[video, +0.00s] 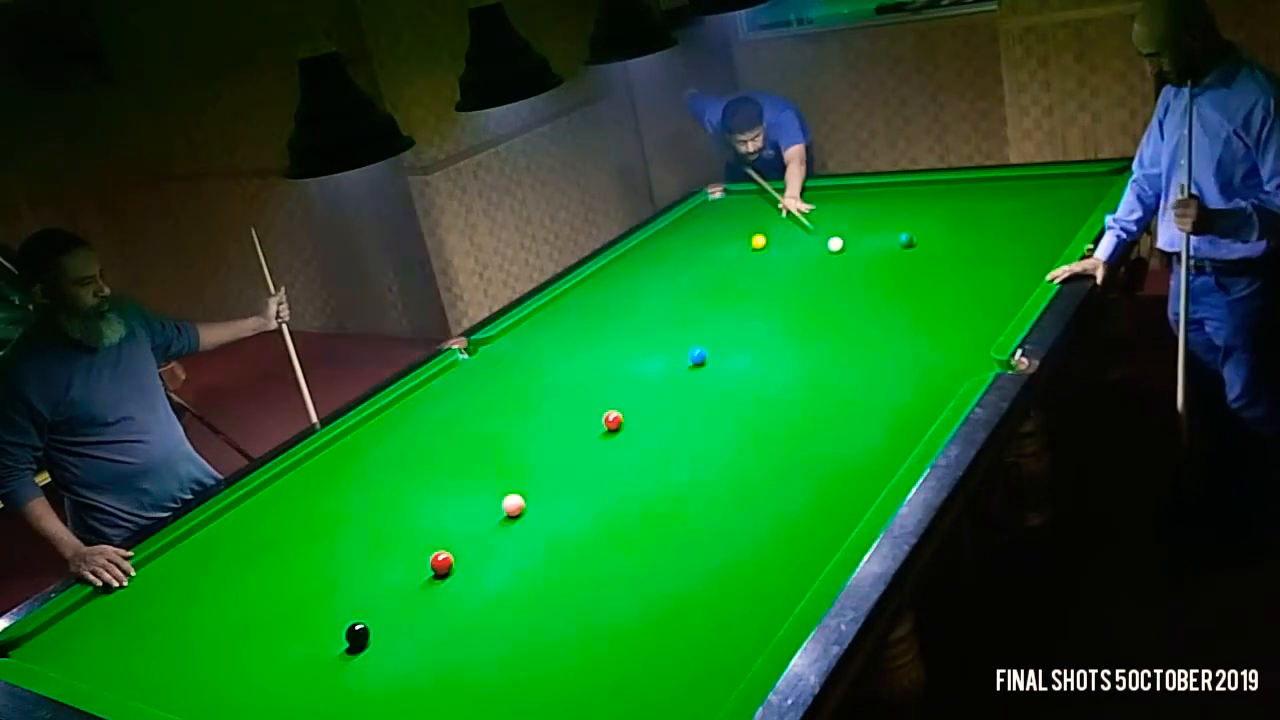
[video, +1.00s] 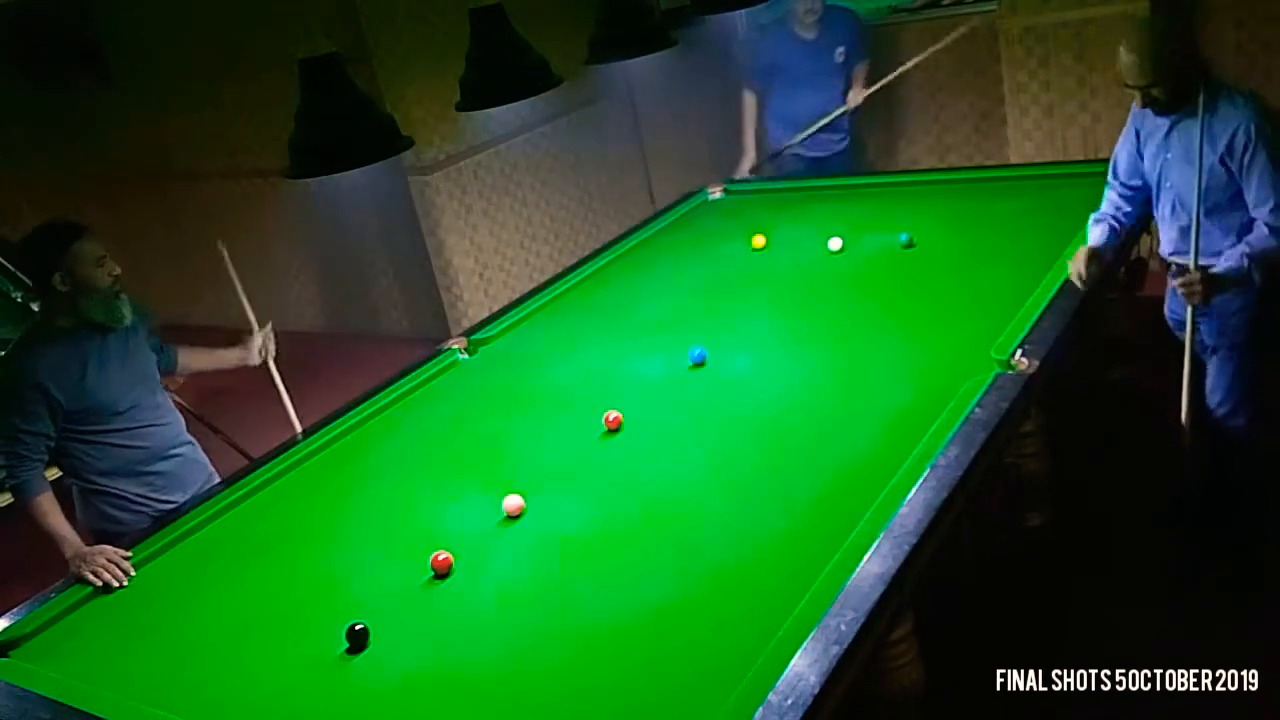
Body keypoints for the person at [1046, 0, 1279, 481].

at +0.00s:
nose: (1152, 69)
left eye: (1158, 55)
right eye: (1145, 57)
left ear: (1193, 39)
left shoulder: (1260, 99)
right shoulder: (1173, 97)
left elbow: (1277, 210)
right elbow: (1145, 180)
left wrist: (1214, 219)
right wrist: (1104, 253)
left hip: (1243, 284)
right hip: (1185, 278)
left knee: (1248, 409)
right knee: (1199, 407)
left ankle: (1257, 523)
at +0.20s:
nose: (1146, 62)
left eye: (1153, 50)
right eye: (1141, 51)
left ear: (1190, 40)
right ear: (1185, 43)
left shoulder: (1258, 102)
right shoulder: (1171, 98)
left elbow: (1277, 211)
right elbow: (1144, 182)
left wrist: (1216, 221)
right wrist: (1104, 254)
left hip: (1242, 287)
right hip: (1185, 283)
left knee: (1247, 410)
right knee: (1195, 408)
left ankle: (1256, 527)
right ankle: (1204, 520)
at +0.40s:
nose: (1139, 60)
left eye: (1147, 49)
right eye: (1136, 49)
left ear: (1185, 41)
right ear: (1173, 44)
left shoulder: (1256, 101)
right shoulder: (1169, 98)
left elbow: (1276, 209)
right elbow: (1144, 182)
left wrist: (1216, 222)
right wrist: (1104, 254)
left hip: (1242, 286)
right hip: (1185, 282)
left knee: (1247, 410)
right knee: (1196, 408)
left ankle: (1256, 527)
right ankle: (1203, 520)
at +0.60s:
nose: (1133, 62)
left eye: (1140, 50)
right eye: (1130, 50)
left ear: (1178, 43)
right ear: (1170, 47)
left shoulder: (1253, 102)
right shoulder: (1164, 101)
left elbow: (1276, 208)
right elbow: (1140, 185)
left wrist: (1212, 230)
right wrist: (1104, 254)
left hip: (1241, 292)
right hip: (1185, 288)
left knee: (1246, 413)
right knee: (1196, 412)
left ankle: (1254, 530)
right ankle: (1203, 522)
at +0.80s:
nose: (1133, 78)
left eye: (1141, 65)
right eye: (1126, 65)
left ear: (1180, 47)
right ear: (1124, 56)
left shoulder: (1246, 107)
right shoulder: (1154, 107)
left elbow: (1276, 214)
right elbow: (1136, 192)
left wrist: (1218, 257)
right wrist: (1093, 245)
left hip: (1238, 301)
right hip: (1185, 297)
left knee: (1232, 421)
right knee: (1195, 417)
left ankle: (1237, 537)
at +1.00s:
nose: (1142, 99)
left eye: (1150, 87)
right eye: (1133, 88)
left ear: (1182, 68)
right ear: (1129, 75)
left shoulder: (1239, 123)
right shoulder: (1144, 119)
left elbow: (1272, 225)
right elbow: (1123, 193)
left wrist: (1220, 275)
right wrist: (1097, 242)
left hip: (1232, 305)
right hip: (1178, 301)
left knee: (1227, 422)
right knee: (1185, 416)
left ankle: (1235, 535)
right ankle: (1191, 523)